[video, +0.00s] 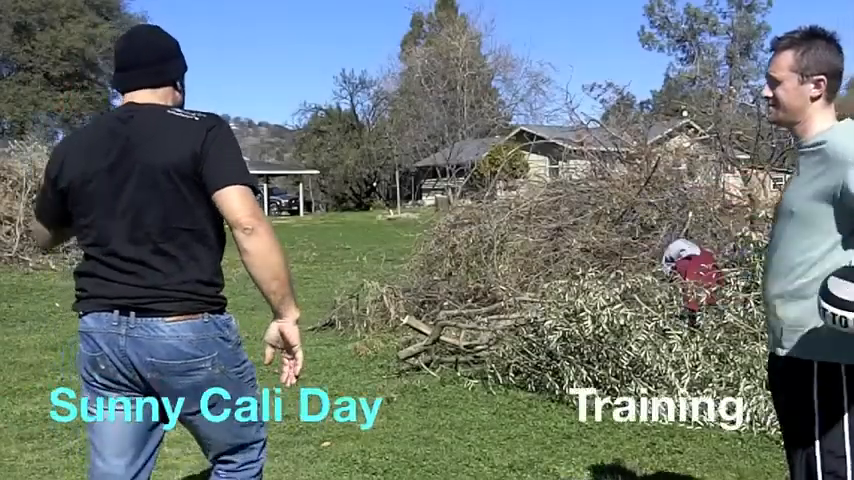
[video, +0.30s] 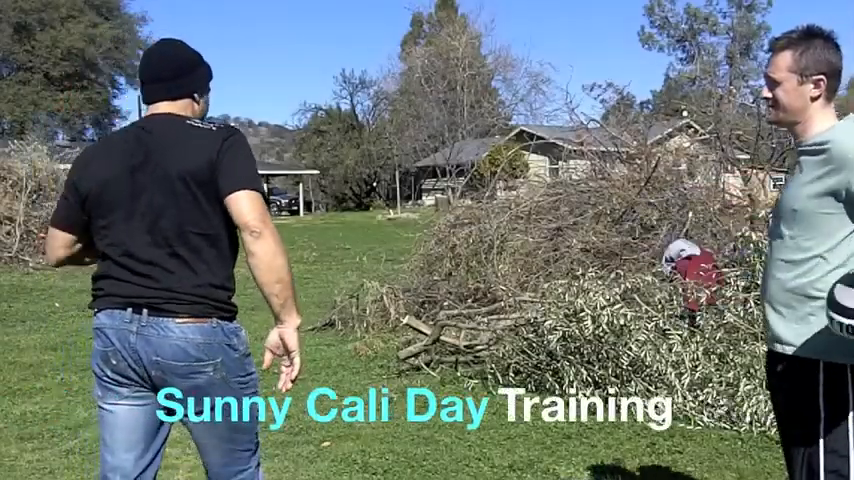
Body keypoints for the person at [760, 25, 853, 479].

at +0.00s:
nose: (765, 93)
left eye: (775, 82)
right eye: (767, 82)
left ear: (815, 87)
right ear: (812, 88)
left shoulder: (844, 152)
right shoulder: (811, 154)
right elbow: (826, 241)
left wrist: (850, 278)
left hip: (825, 355)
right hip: (794, 352)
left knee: (829, 470)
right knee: (806, 467)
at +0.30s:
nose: (764, 93)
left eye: (774, 83)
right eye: (766, 83)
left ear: (815, 87)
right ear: (811, 88)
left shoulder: (844, 150)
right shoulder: (810, 153)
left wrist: (850, 289)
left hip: (823, 355)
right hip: (790, 351)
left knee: (826, 470)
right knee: (803, 467)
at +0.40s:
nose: (771, 92)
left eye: (782, 82)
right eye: (773, 82)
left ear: (823, 88)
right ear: (818, 88)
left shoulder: (845, 157)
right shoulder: (812, 156)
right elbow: (819, 238)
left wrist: (845, 285)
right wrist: (775, 231)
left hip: (832, 365)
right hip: (793, 358)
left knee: (828, 471)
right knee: (804, 469)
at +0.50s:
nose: (778, 92)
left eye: (787, 83)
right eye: (779, 82)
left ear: (828, 87)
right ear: (822, 87)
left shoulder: (845, 158)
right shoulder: (815, 155)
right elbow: (822, 239)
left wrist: (822, 282)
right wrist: (775, 232)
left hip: (831, 364)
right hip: (797, 354)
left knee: (827, 471)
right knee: (805, 468)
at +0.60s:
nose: (789, 93)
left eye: (799, 82)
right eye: (792, 82)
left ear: (840, 87)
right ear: (836, 88)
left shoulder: (846, 161)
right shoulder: (819, 158)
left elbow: (851, 252)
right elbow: (800, 224)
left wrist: (762, 281)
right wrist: (736, 220)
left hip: (831, 365)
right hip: (798, 356)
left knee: (826, 471)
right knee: (804, 468)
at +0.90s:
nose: (804, 89)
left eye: (814, 79)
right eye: (807, 79)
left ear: (849, 85)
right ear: (841, 85)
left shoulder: (846, 161)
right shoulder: (821, 153)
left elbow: (790, 248)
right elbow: (764, 202)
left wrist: (707, 254)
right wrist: (724, 187)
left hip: (832, 364)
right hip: (803, 355)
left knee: (827, 471)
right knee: (810, 467)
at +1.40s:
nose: (800, 89)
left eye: (808, 78)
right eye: (803, 78)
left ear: (845, 83)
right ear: (841, 83)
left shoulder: (841, 159)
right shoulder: (822, 146)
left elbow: (781, 243)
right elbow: (790, 223)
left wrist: (746, 241)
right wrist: (760, 239)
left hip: (832, 352)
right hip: (809, 347)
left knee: (827, 469)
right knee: (811, 465)